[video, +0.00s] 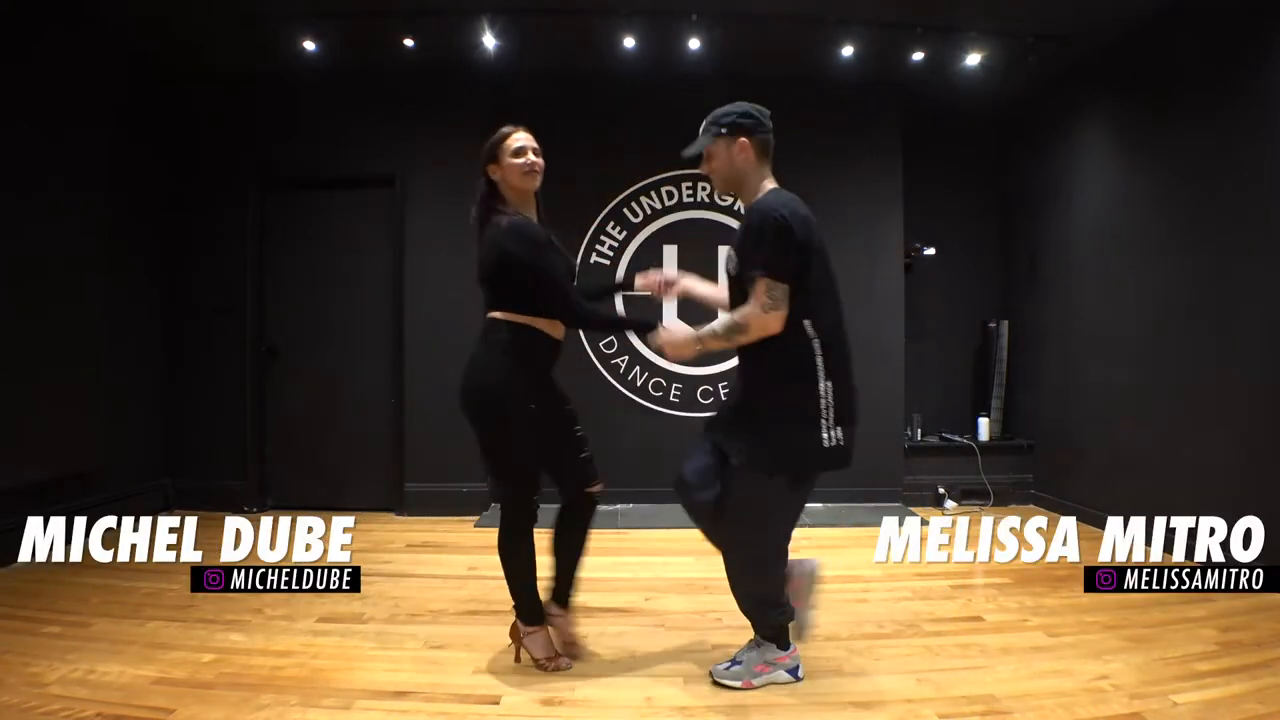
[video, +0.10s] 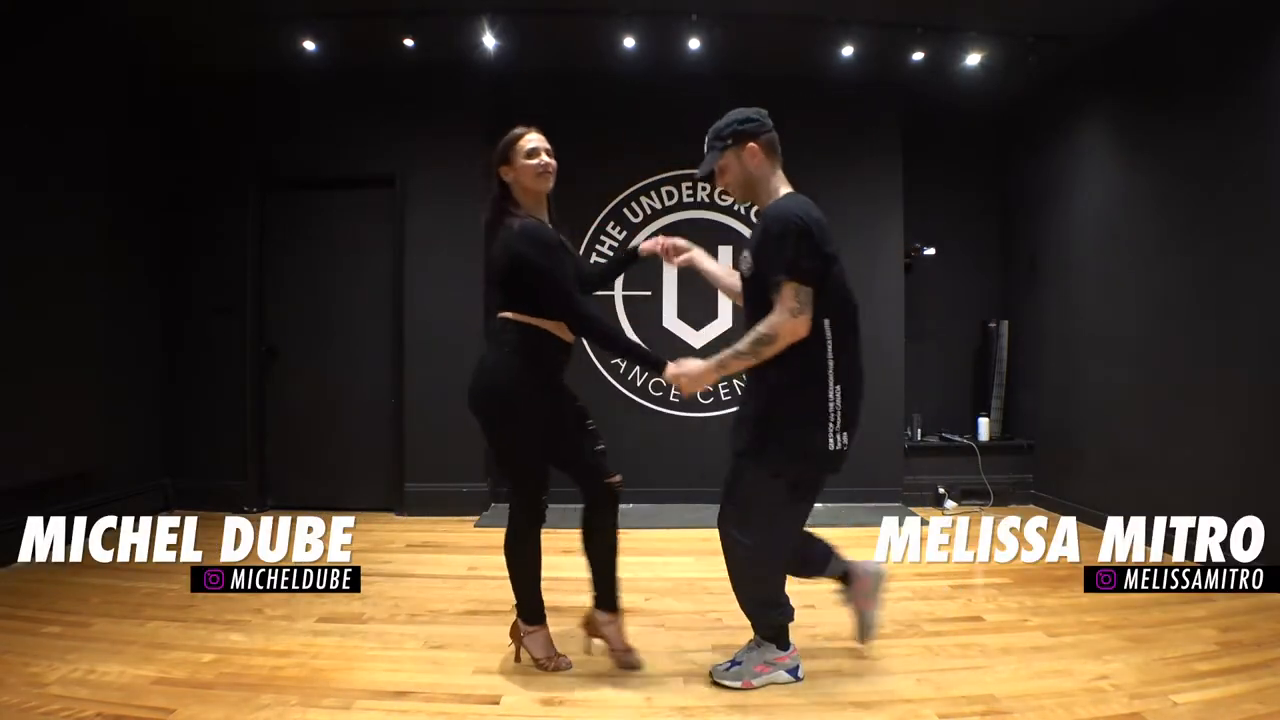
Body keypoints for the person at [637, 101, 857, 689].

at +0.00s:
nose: (705, 169)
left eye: (710, 155)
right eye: (704, 158)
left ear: (743, 147)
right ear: (745, 149)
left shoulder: (776, 216)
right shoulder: (763, 215)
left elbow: (770, 317)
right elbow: (752, 308)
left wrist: (695, 341)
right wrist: (688, 285)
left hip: (793, 411)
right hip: (763, 402)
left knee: (753, 528)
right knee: (697, 484)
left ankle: (774, 647)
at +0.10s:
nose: (718, 180)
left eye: (720, 166)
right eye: (714, 169)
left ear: (753, 151)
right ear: (751, 155)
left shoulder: (791, 220)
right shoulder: (777, 219)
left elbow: (792, 322)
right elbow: (757, 297)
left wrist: (710, 368)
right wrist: (697, 260)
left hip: (800, 410)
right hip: (783, 405)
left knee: (750, 525)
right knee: (748, 521)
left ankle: (773, 649)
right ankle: (853, 576)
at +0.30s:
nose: (740, 192)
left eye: (741, 176)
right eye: (735, 182)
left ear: (772, 160)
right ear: (771, 166)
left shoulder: (828, 220)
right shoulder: (788, 232)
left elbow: (840, 307)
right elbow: (781, 303)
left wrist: (754, 315)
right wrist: (722, 279)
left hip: (822, 408)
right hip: (808, 406)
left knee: (750, 509)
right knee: (859, 508)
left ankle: (772, 642)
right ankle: (940, 608)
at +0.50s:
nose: (742, 186)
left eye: (745, 170)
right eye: (738, 175)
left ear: (779, 156)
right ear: (773, 162)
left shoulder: (840, 214)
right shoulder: (788, 231)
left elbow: (852, 291)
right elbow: (790, 322)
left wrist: (765, 252)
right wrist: (732, 355)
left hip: (831, 399)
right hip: (810, 399)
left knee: (760, 512)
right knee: (846, 508)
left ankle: (832, 631)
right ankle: (935, 603)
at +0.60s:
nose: (736, 183)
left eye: (738, 167)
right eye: (732, 172)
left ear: (771, 152)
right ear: (770, 158)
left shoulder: (832, 210)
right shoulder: (784, 230)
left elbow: (833, 295)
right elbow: (778, 321)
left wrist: (759, 259)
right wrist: (714, 367)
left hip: (826, 397)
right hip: (801, 396)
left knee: (777, 518)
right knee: (830, 512)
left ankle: (838, 638)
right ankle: (918, 592)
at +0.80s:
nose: (709, 168)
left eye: (711, 154)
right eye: (705, 157)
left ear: (745, 139)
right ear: (740, 143)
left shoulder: (791, 201)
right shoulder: (767, 205)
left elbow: (787, 298)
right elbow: (753, 286)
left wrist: (723, 329)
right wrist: (675, 280)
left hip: (814, 386)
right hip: (782, 382)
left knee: (807, 505)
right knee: (745, 495)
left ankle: (845, 644)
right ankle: (809, 602)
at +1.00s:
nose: (668, 152)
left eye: (674, 139)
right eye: (667, 142)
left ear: (707, 134)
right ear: (708, 137)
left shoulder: (738, 199)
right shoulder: (729, 202)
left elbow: (756, 290)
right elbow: (713, 279)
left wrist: (680, 359)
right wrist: (663, 237)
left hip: (779, 395)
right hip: (746, 394)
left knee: (799, 516)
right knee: (726, 515)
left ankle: (844, 641)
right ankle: (689, 633)